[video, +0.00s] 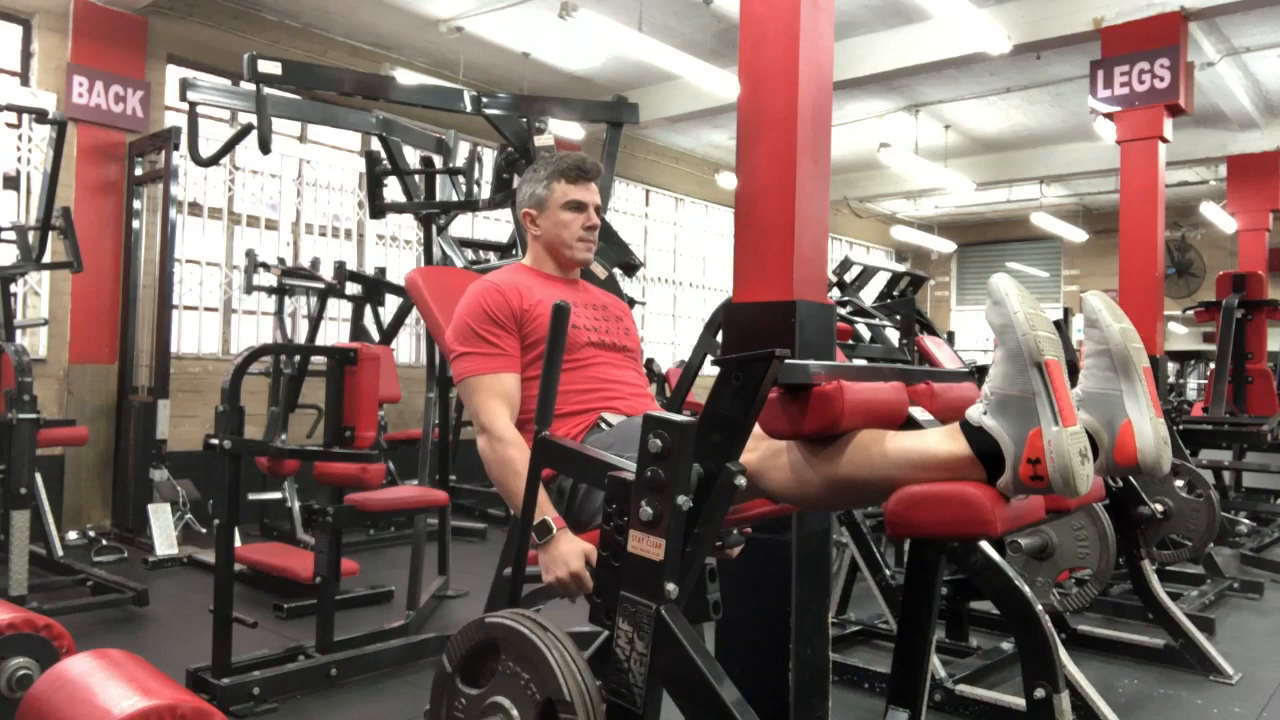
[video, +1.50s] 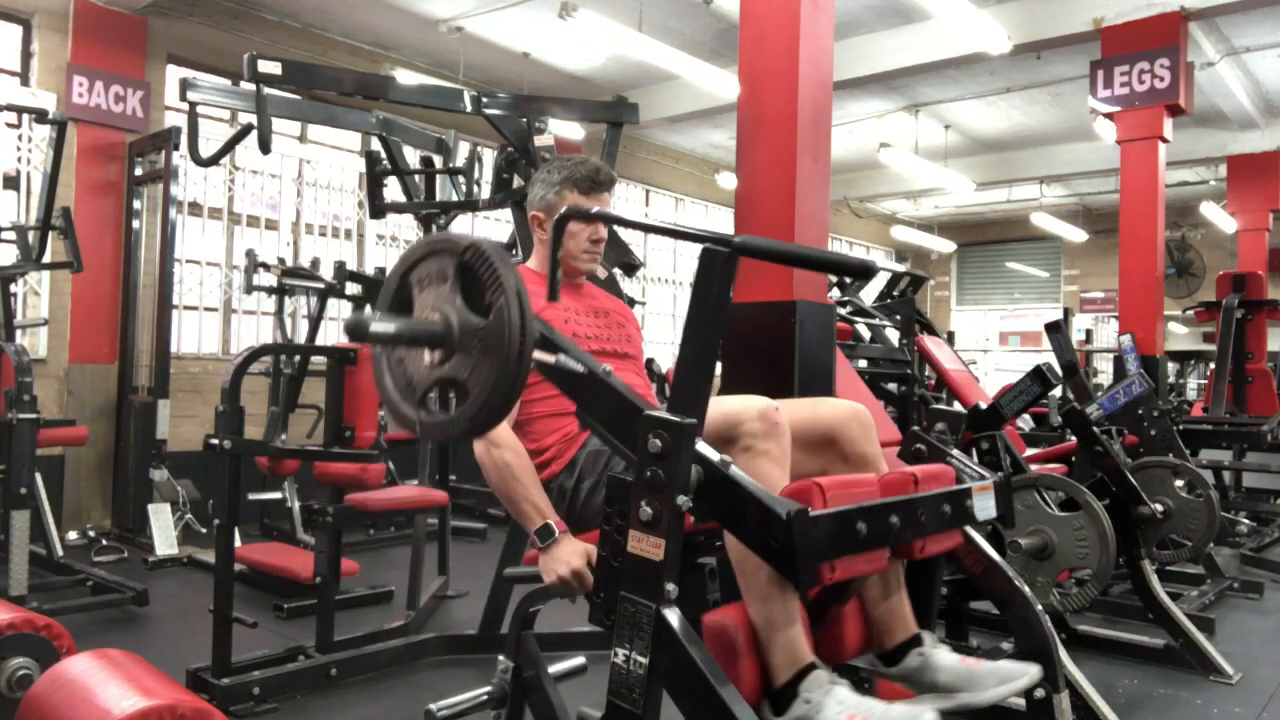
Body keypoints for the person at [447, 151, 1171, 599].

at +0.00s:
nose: (586, 225)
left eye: (593, 213)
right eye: (571, 211)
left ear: (596, 221)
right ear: (528, 215)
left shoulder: (609, 304)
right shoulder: (496, 295)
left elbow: (648, 398)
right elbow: (493, 428)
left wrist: (715, 430)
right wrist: (549, 530)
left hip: (663, 442)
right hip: (588, 462)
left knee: (828, 447)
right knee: (774, 457)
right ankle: (988, 444)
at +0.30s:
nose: (588, 226)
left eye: (595, 214)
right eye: (573, 212)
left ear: (597, 221)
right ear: (529, 215)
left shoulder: (609, 304)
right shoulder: (495, 295)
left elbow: (651, 396)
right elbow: (492, 429)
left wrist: (720, 430)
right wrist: (549, 531)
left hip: (664, 442)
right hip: (587, 463)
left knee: (826, 447)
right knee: (772, 457)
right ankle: (988, 448)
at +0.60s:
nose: (593, 231)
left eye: (598, 219)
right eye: (578, 216)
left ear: (597, 224)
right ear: (532, 217)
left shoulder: (608, 305)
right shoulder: (496, 295)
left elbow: (647, 399)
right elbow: (491, 428)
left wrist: (712, 433)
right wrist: (547, 531)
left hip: (664, 444)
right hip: (588, 467)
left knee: (826, 444)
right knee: (776, 455)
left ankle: (1065, 452)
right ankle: (995, 450)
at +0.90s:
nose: (592, 236)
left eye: (598, 222)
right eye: (576, 222)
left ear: (600, 223)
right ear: (531, 221)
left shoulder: (603, 299)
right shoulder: (493, 302)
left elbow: (638, 401)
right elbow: (492, 437)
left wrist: (728, 411)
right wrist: (550, 531)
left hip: (654, 442)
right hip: (581, 469)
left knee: (841, 443)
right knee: (768, 443)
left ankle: (1081, 528)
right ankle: (970, 551)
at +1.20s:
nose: (593, 238)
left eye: (600, 225)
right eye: (578, 223)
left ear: (603, 225)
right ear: (532, 222)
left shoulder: (612, 301)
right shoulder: (494, 302)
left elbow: (659, 395)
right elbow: (493, 438)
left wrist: (732, 414)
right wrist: (552, 536)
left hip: (659, 439)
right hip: (581, 465)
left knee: (845, 417)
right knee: (768, 433)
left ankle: (983, 613)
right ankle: (884, 655)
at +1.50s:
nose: (600, 232)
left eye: (604, 220)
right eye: (586, 219)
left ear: (606, 228)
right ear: (539, 223)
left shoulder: (613, 304)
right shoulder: (508, 294)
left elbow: (650, 396)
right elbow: (490, 434)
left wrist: (717, 429)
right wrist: (550, 537)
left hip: (655, 445)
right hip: (586, 468)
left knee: (850, 421)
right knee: (757, 422)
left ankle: (901, 648)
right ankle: (793, 679)